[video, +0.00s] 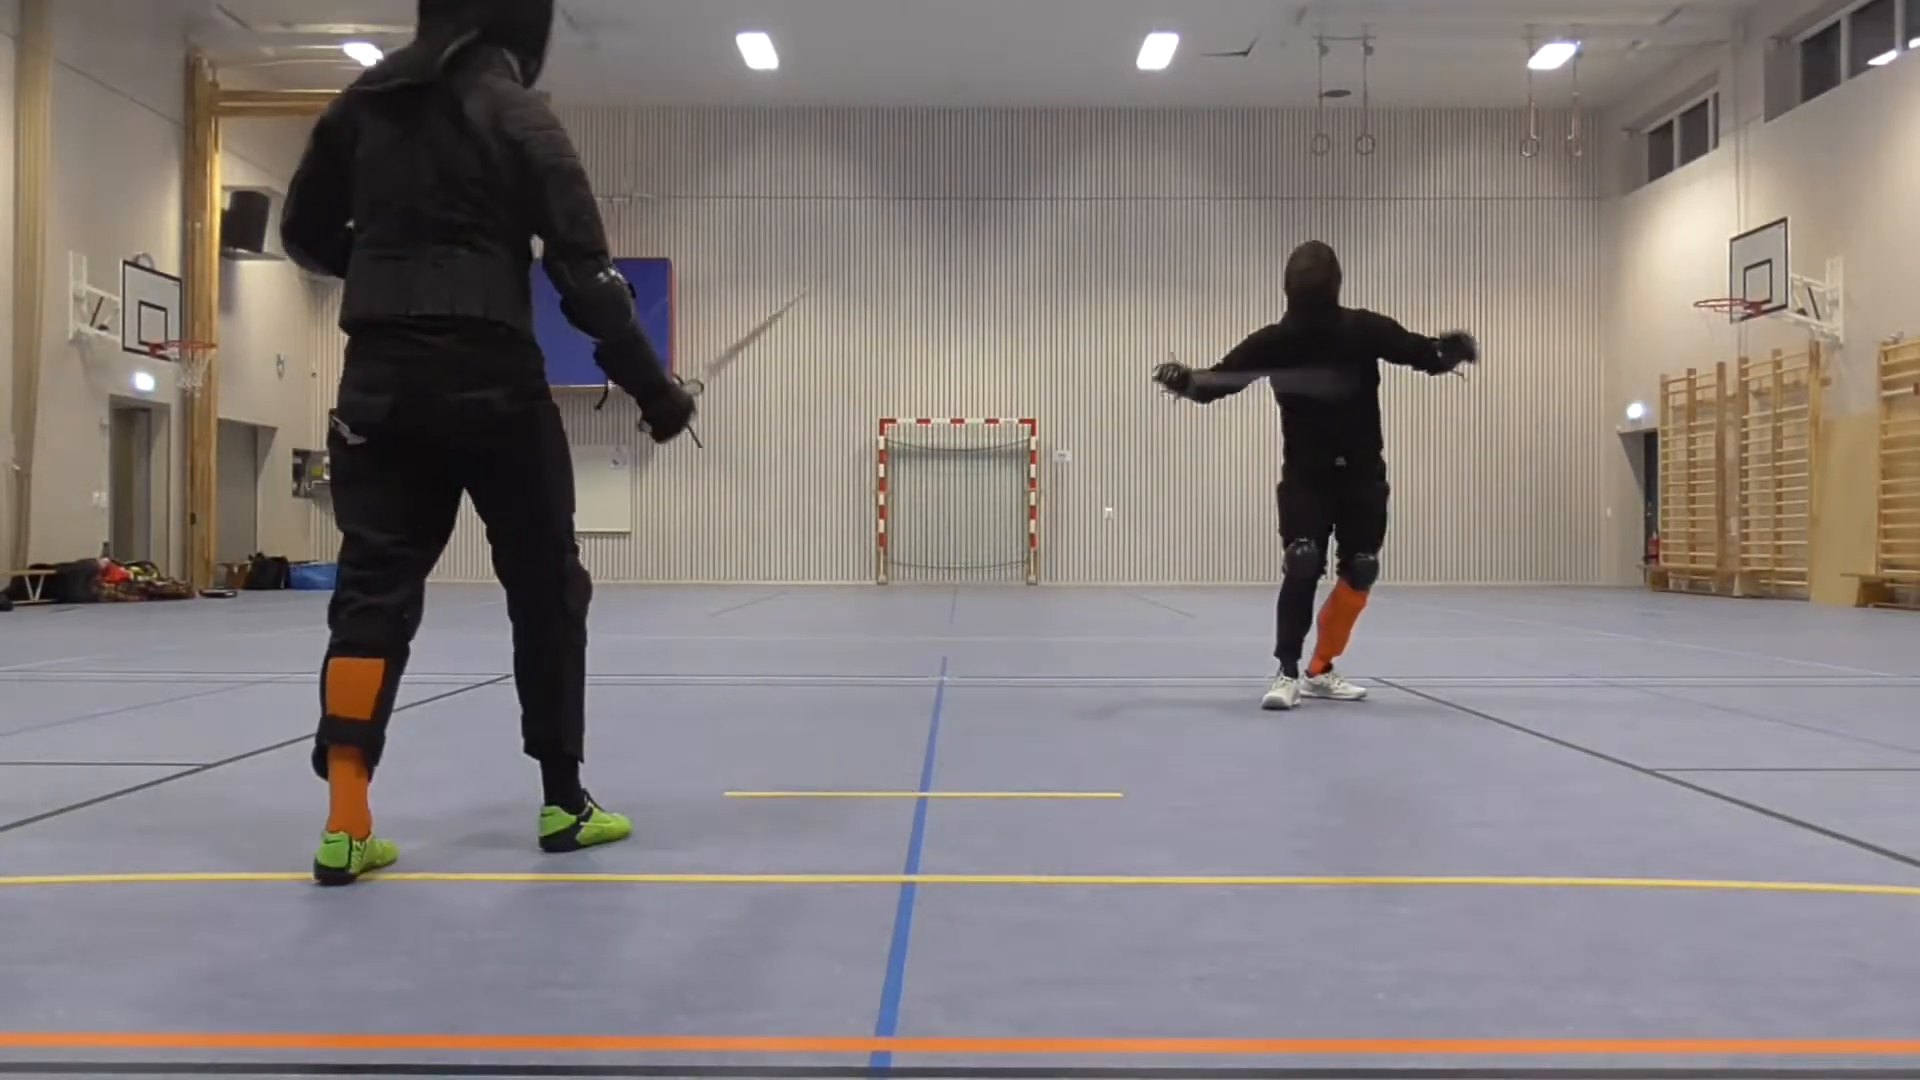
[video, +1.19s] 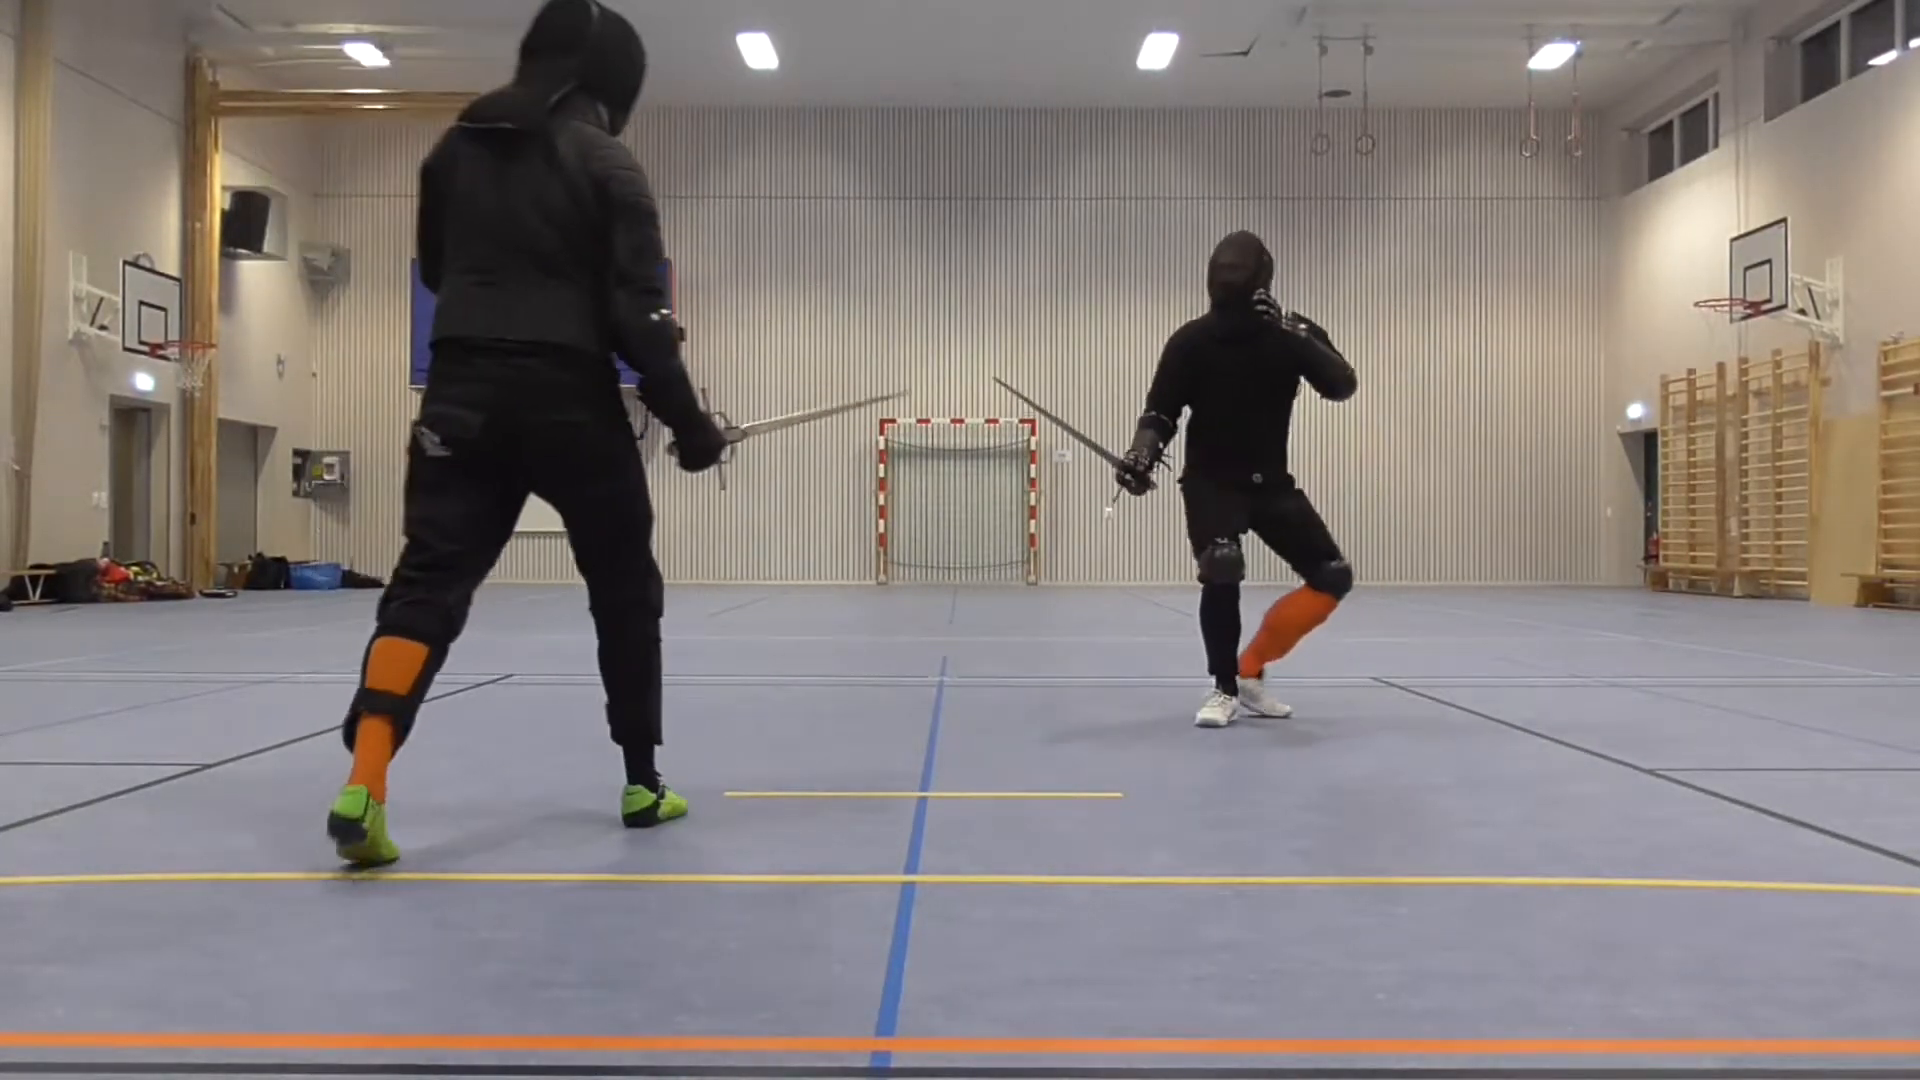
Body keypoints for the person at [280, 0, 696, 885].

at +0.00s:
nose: (541, 55)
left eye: (539, 42)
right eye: (538, 39)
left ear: (434, 22)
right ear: (519, 32)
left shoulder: (360, 103)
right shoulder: (516, 112)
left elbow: (306, 229)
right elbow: (583, 270)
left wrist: (393, 264)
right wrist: (652, 382)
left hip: (378, 373)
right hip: (491, 377)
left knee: (374, 585)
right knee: (546, 583)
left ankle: (345, 828)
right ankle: (564, 801)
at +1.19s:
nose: (627, 107)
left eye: (629, 93)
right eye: (627, 92)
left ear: (538, 64)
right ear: (605, 81)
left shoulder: (453, 152)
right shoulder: (606, 165)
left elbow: (435, 270)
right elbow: (637, 318)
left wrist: (521, 314)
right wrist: (689, 422)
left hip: (465, 397)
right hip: (573, 406)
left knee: (427, 582)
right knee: (625, 588)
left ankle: (362, 786)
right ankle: (641, 780)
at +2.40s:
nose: (522, 123)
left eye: (523, 109)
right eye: (520, 108)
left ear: (427, 82)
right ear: (499, 99)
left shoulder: (345, 169)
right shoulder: (500, 183)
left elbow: (339, 279)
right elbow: (537, 332)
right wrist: (598, 419)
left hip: (345, 412)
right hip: (452, 419)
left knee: (300, 592)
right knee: (539, 583)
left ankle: (215, 778)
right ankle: (545, 785)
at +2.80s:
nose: (425, 100)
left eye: (426, 83)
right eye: (423, 82)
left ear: (326, 52)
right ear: (397, 71)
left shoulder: (235, 142)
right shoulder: (394, 157)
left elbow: (232, 268)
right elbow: (421, 317)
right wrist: (494, 409)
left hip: (233, 399)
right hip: (348, 406)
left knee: (216, 597)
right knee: (441, 583)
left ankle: (176, 827)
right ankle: (479, 788)